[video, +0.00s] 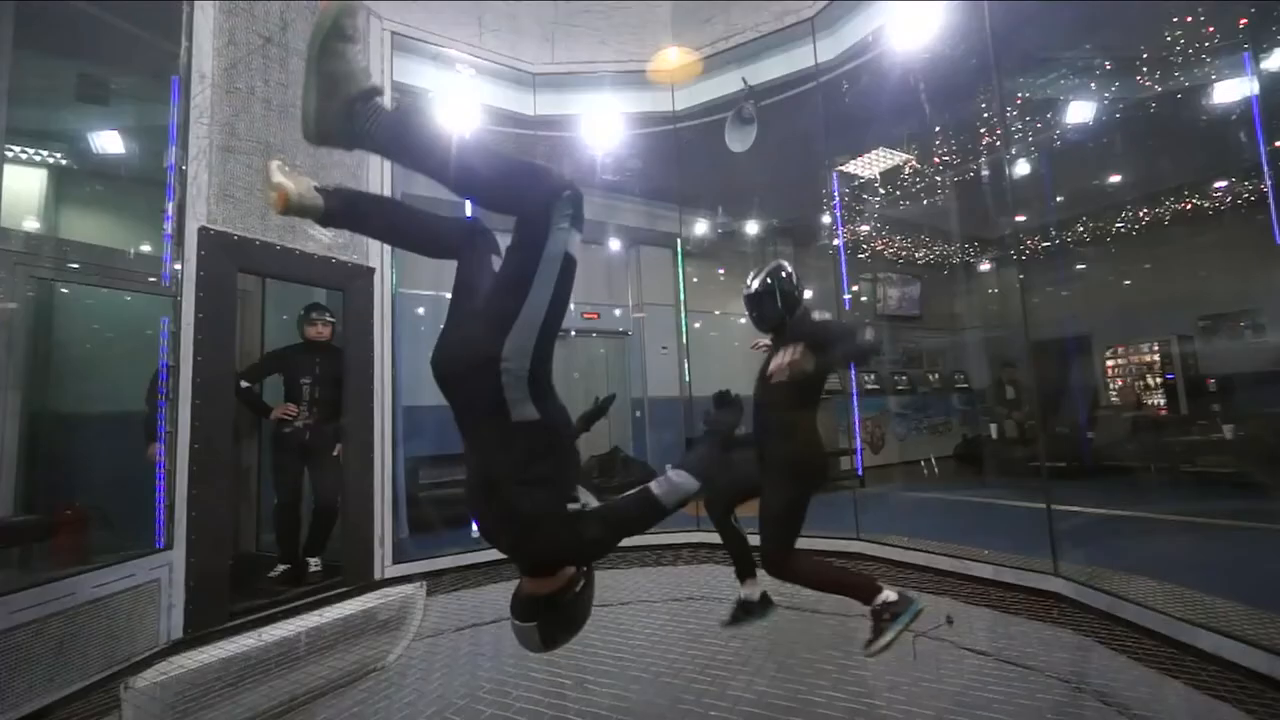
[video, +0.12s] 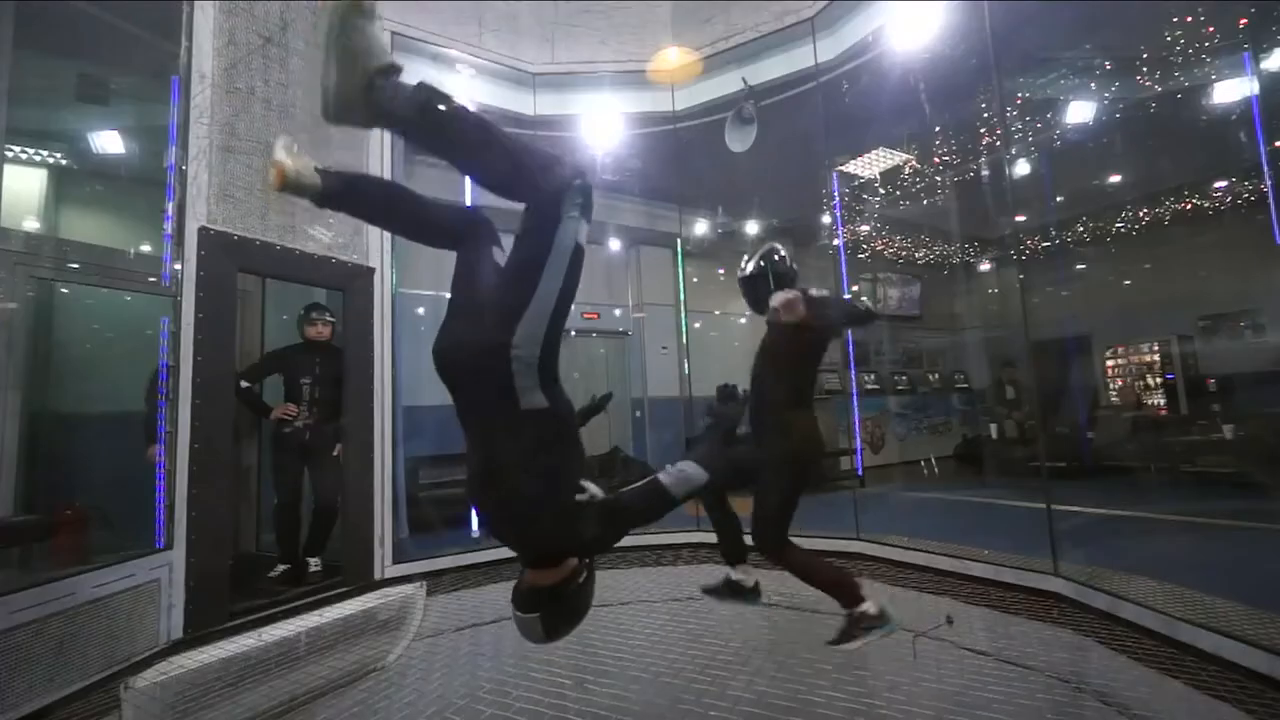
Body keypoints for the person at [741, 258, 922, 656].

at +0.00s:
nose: (758, 315)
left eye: (761, 306)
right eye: (754, 308)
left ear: (779, 300)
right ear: (786, 300)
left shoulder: (812, 332)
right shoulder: (789, 336)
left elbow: (863, 343)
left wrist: (812, 355)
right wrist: (775, 346)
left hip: (795, 460)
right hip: (772, 455)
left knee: (778, 559)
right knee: (716, 498)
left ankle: (885, 600)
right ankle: (751, 592)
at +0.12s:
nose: (748, 296)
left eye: (751, 287)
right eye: (746, 288)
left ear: (768, 282)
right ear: (783, 278)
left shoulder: (802, 314)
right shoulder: (782, 318)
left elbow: (860, 313)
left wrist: (807, 308)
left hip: (791, 446)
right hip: (771, 442)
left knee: (770, 541)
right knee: (707, 482)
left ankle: (860, 606)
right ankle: (740, 577)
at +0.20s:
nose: (747, 277)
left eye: (751, 267)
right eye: (745, 269)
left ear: (770, 262)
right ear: (767, 267)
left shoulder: (802, 291)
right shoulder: (771, 302)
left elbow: (848, 298)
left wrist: (798, 304)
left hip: (781, 429)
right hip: (756, 425)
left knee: (769, 521)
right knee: (702, 475)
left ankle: (830, 610)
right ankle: (724, 567)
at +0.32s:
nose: (742, 251)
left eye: (747, 241)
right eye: (739, 243)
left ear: (766, 238)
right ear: (739, 245)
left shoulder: (790, 267)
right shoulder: (758, 283)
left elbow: (849, 269)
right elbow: (751, 344)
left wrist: (817, 271)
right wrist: (729, 378)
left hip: (767, 392)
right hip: (736, 392)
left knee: (753, 484)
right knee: (706, 477)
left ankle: (778, 593)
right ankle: (707, 571)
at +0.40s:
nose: (733, 242)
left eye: (738, 233)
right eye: (729, 235)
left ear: (760, 228)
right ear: (734, 235)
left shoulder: (782, 257)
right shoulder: (751, 266)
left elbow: (830, 259)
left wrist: (852, 253)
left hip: (752, 377)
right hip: (724, 377)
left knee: (743, 475)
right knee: (702, 466)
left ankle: (754, 580)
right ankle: (701, 565)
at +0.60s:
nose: (703, 231)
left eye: (711, 222)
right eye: (698, 224)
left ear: (728, 220)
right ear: (691, 226)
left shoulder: (746, 254)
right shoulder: (692, 260)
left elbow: (796, 256)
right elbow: (668, 278)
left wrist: (842, 257)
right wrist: (630, 285)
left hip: (718, 363)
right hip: (678, 362)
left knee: (715, 454)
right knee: (674, 453)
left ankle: (716, 556)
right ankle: (681, 549)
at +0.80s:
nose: (660, 234)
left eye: (667, 226)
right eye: (655, 227)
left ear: (679, 227)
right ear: (647, 229)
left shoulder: (696, 251)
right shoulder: (636, 255)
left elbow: (749, 256)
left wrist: (798, 246)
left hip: (680, 345)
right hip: (636, 346)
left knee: (683, 437)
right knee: (635, 438)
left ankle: (690, 538)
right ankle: (635, 533)